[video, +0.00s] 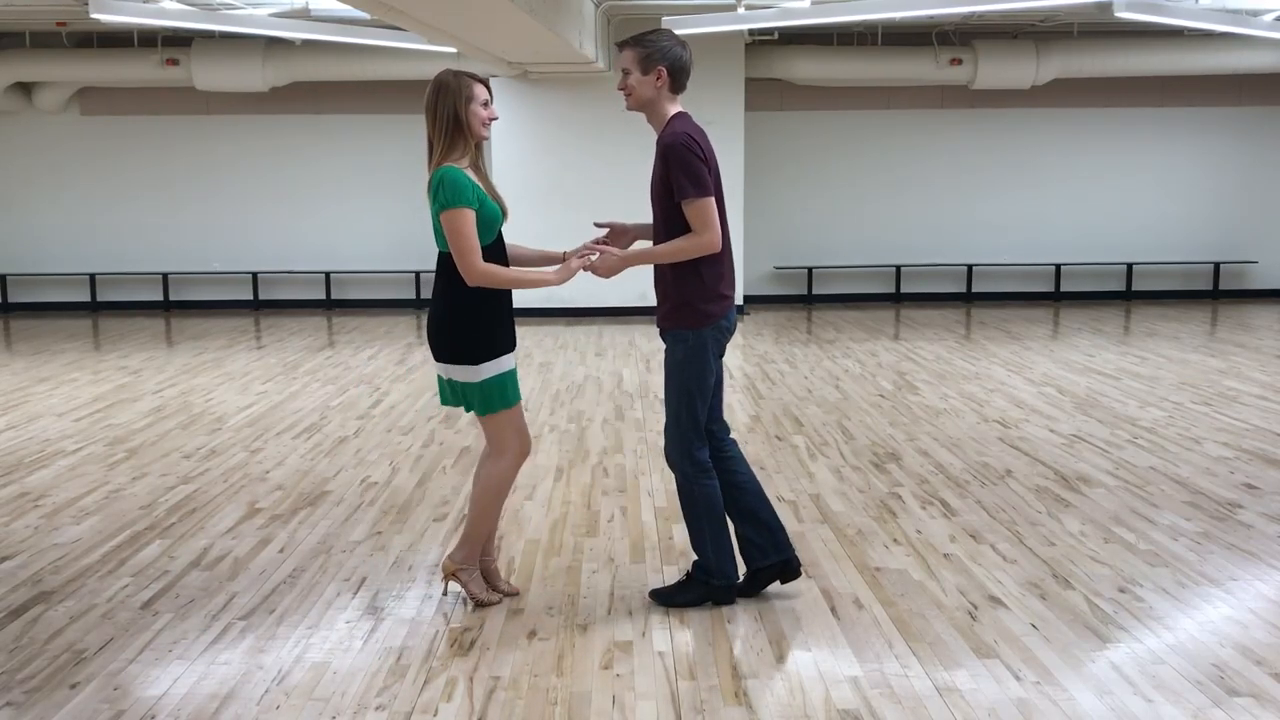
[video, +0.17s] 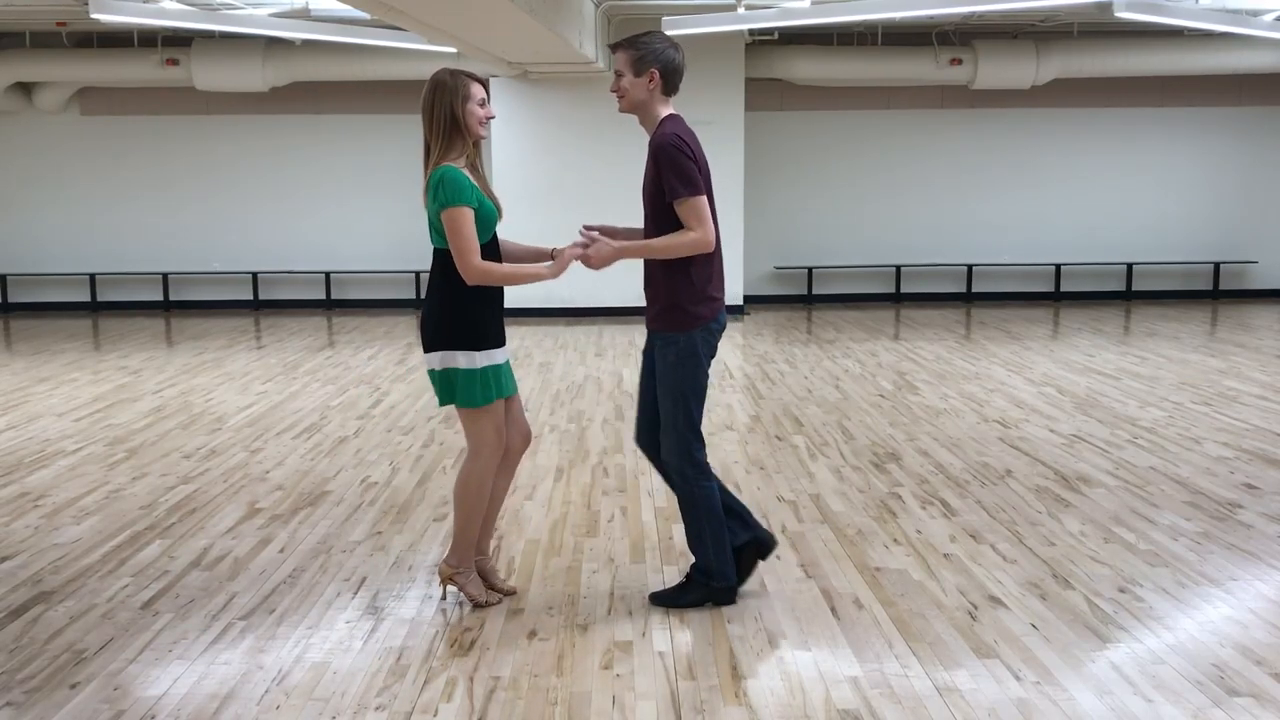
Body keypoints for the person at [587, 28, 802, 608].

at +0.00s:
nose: (619, 84)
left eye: (627, 74)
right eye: (619, 74)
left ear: (658, 76)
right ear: (659, 78)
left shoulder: (679, 141)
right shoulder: (677, 136)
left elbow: (708, 238)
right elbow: (691, 227)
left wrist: (630, 258)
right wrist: (634, 233)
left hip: (695, 318)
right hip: (702, 314)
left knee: (685, 445)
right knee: (710, 436)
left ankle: (715, 573)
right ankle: (771, 556)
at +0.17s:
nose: (613, 86)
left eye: (620, 76)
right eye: (613, 76)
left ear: (651, 79)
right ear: (651, 80)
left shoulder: (671, 140)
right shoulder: (664, 140)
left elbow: (703, 237)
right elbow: (676, 233)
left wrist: (623, 250)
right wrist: (616, 236)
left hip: (689, 320)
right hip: (671, 318)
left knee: (682, 449)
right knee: (653, 439)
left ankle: (714, 576)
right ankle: (743, 537)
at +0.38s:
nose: (596, 84)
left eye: (603, 72)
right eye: (597, 73)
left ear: (635, 75)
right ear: (634, 77)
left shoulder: (652, 136)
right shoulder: (649, 133)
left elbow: (672, 234)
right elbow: (655, 221)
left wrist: (595, 211)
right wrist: (596, 211)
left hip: (666, 319)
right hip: (643, 318)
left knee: (669, 444)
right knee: (622, 435)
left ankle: (713, 576)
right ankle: (666, 559)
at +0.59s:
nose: (577, 82)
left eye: (583, 72)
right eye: (577, 72)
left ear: (614, 75)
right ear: (614, 77)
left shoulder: (627, 139)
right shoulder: (633, 134)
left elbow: (644, 236)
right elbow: (634, 224)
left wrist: (572, 217)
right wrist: (578, 224)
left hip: (629, 318)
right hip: (619, 316)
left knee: (615, 442)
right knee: (607, 440)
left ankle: (696, 558)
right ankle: (632, 568)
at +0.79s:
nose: (557, 84)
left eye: (564, 75)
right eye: (558, 75)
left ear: (595, 79)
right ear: (597, 80)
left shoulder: (610, 143)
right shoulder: (614, 139)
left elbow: (622, 243)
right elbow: (607, 239)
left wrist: (539, 253)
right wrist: (538, 248)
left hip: (601, 321)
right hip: (609, 317)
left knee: (558, 442)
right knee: (592, 439)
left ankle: (589, 578)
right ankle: (635, 564)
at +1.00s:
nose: (542, 81)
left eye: (549, 72)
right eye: (542, 72)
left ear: (579, 75)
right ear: (583, 76)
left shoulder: (595, 139)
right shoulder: (603, 135)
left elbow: (601, 237)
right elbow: (593, 237)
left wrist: (523, 243)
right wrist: (520, 243)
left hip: (587, 319)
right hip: (603, 315)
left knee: (549, 444)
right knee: (588, 436)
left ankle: (559, 584)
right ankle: (632, 563)